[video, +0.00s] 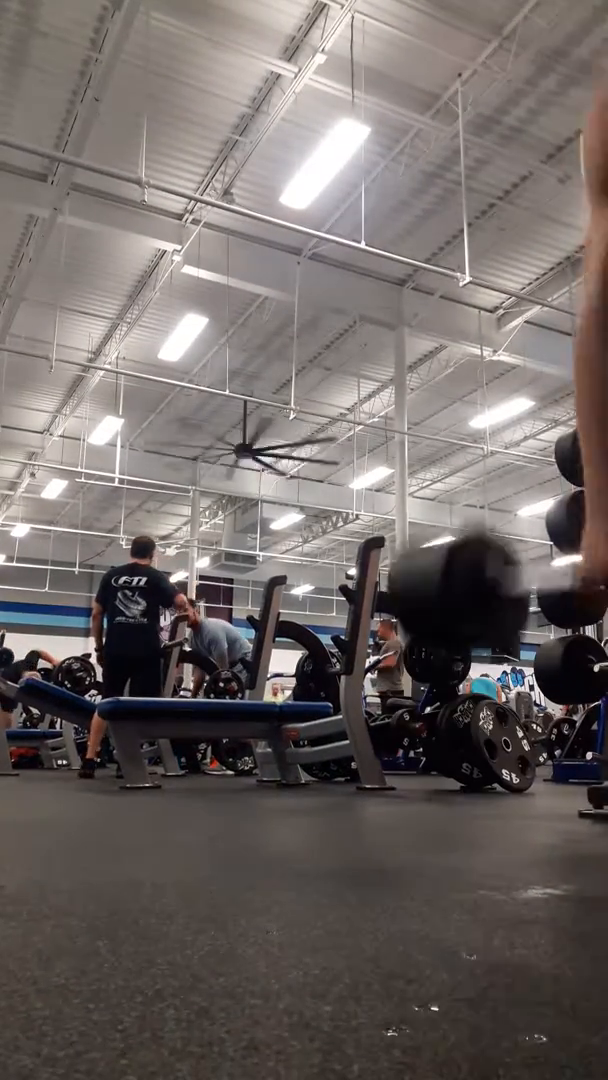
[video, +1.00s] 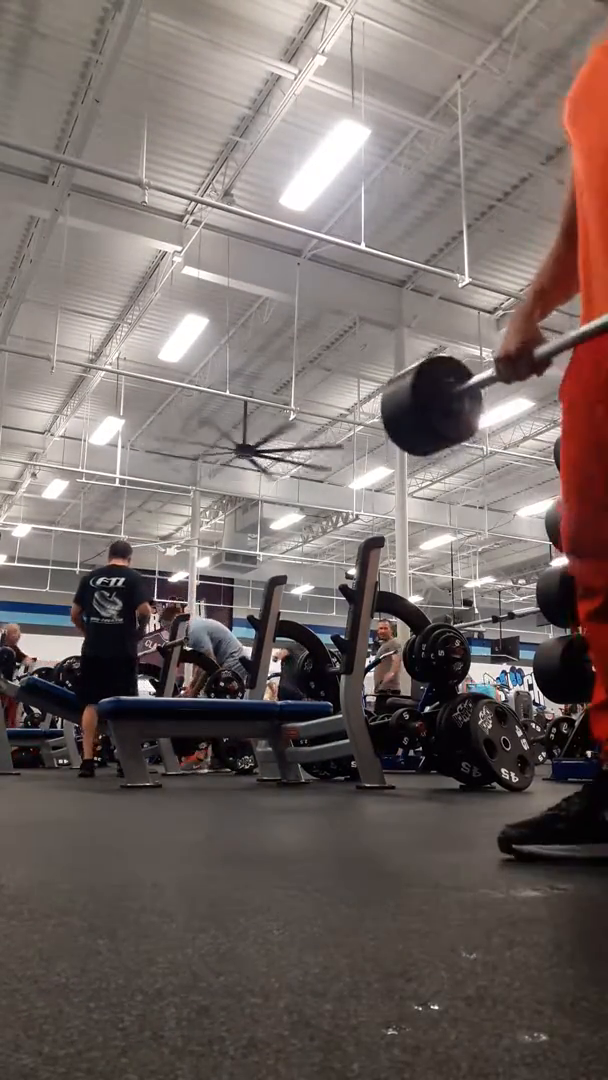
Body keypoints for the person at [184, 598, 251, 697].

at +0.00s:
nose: (182, 615)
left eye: (185, 610)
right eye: (179, 612)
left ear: (195, 611)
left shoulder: (214, 630)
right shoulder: (194, 637)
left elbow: (223, 669)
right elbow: (199, 669)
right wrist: (193, 697)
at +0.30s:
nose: (185, 608)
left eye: (187, 604)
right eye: (181, 606)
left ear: (196, 603)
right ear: (179, 609)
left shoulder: (214, 623)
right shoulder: (194, 630)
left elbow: (222, 664)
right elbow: (203, 659)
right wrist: (195, 683)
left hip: (244, 656)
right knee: (197, 690)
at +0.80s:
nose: (176, 618)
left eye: (176, 614)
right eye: (173, 615)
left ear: (185, 607)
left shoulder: (206, 621)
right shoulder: (195, 629)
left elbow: (218, 656)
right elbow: (203, 657)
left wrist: (200, 681)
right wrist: (193, 679)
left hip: (238, 658)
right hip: (225, 659)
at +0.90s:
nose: (173, 623)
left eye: (173, 619)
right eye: (171, 621)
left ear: (182, 612)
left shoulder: (201, 625)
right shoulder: (193, 629)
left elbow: (215, 661)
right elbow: (203, 659)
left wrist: (198, 685)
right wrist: (193, 681)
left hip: (237, 662)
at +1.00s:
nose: (168, 631)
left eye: (167, 627)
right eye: (165, 628)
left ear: (176, 622)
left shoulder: (196, 629)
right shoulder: (191, 629)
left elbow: (210, 664)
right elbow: (200, 662)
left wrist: (195, 691)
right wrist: (191, 686)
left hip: (234, 660)